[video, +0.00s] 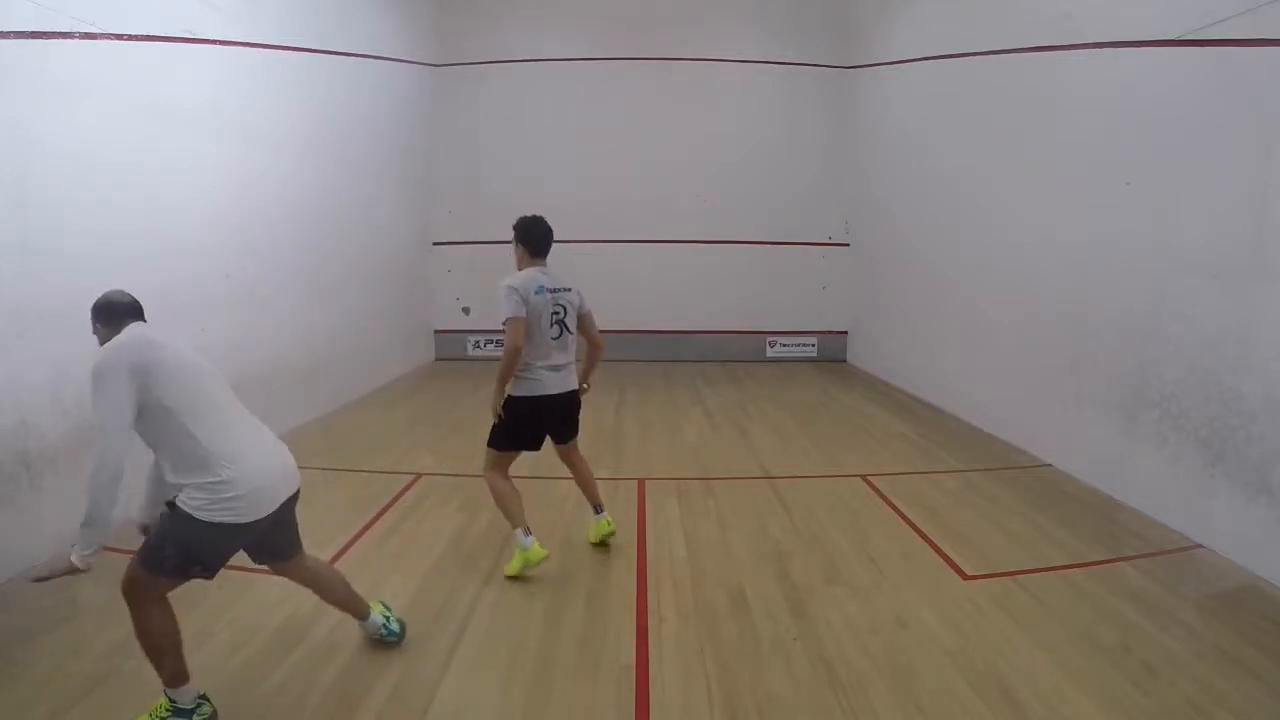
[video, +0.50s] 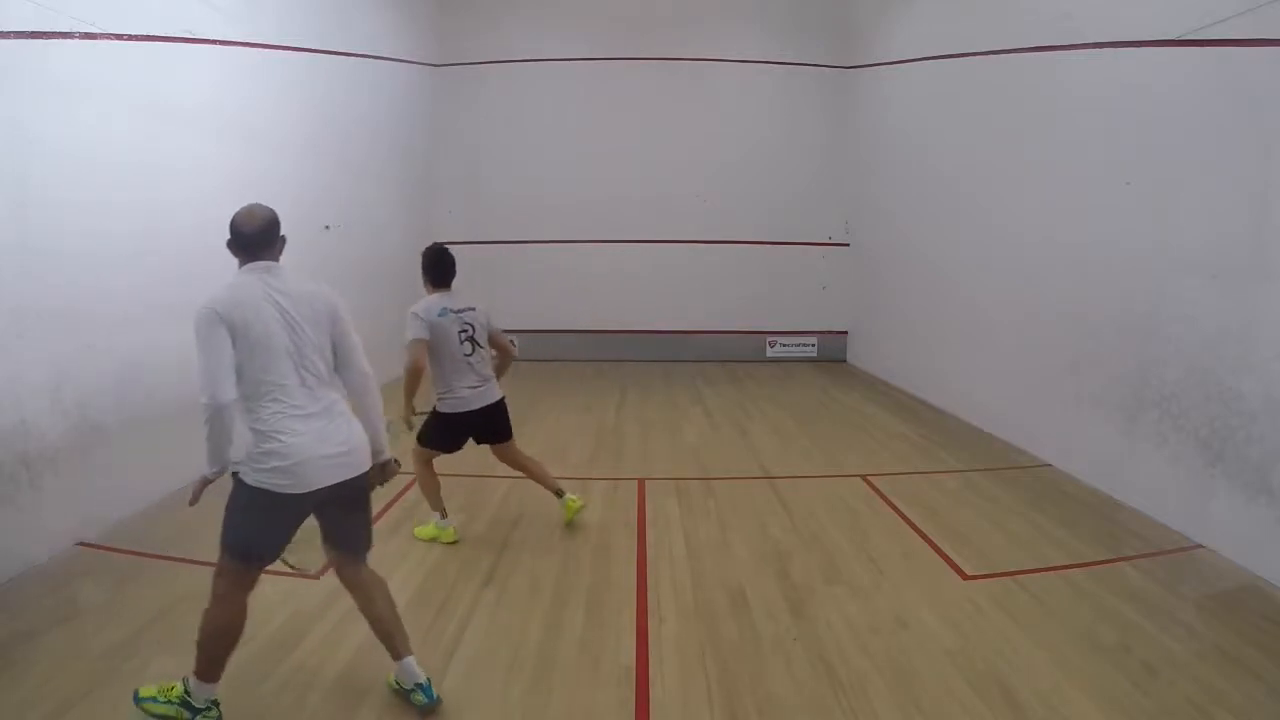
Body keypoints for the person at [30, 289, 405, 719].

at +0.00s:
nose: (96, 341)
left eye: (95, 334)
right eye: (97, 333)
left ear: (101, 329)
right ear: (140, 319)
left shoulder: (114, 360)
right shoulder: (169, 348)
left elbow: (110, 459)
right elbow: (170, 446)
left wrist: (84, 547)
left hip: (222, 499)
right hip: (278, 476)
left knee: (141, 588)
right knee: (292, 560)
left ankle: (185, 703)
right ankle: (377, 620)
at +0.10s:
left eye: (111, 305)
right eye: (154, 296)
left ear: (107, 306)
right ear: (155, 299)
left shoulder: (109, 339)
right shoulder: (174, 335)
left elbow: (102, 426)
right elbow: (204, 409)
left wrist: (87, 525)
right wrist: (178, 482)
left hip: (209, 487)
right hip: (273, 464)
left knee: (148, 585)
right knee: (284, 554)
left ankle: (185, 700)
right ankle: (369, 631)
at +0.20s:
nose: (122, 289)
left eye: (123, 283)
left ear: (125, 286)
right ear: (174, 282)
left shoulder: (119, 324)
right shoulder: (211, 317)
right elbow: (264, 373)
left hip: (205, 482)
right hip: (272, 464)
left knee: (151, 586)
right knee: (279, 557)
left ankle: (184, 701)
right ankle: (372, 638)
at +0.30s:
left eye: (154, 265)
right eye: (199, 261)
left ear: (151, 271)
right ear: (202, 265)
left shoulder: (143, 325)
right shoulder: (238, 313)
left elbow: (143, 416)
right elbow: (305, 369)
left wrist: (131, 503)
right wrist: (327, 403)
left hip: (218, 485)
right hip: (284, 471)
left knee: (159, 580)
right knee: (283, 563)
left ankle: (183, 702)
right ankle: (385, 640)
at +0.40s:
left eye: (188, 251)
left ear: (190, 260)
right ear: (240, 255)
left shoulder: (177, 320)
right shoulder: (278, 305)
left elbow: (179, 415)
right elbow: (332, 376)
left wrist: (180, 483)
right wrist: (352, 433)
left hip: (241, 483)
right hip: (310, 472)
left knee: (187, 578)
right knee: (313, 564)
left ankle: (185, 702)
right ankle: (399, 664)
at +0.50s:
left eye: (231, 242)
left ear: (230, 249)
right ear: (281, 244)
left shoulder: (220, 308)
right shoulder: (322, 297)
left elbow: (221, 399)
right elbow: (361, 378)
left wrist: (215, 465)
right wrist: (380, 448)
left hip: (275, 472)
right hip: (347, 460)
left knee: (231, 586)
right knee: (353, 563)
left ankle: (200, 695)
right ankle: (413, 676)